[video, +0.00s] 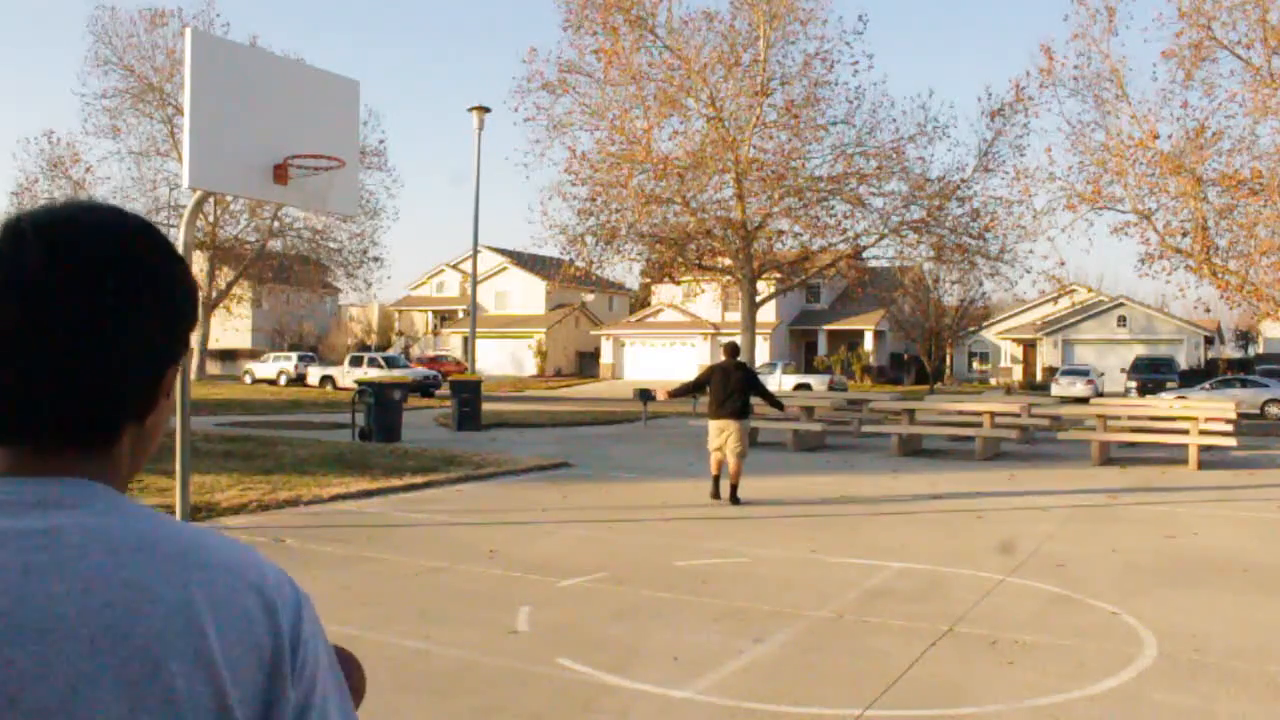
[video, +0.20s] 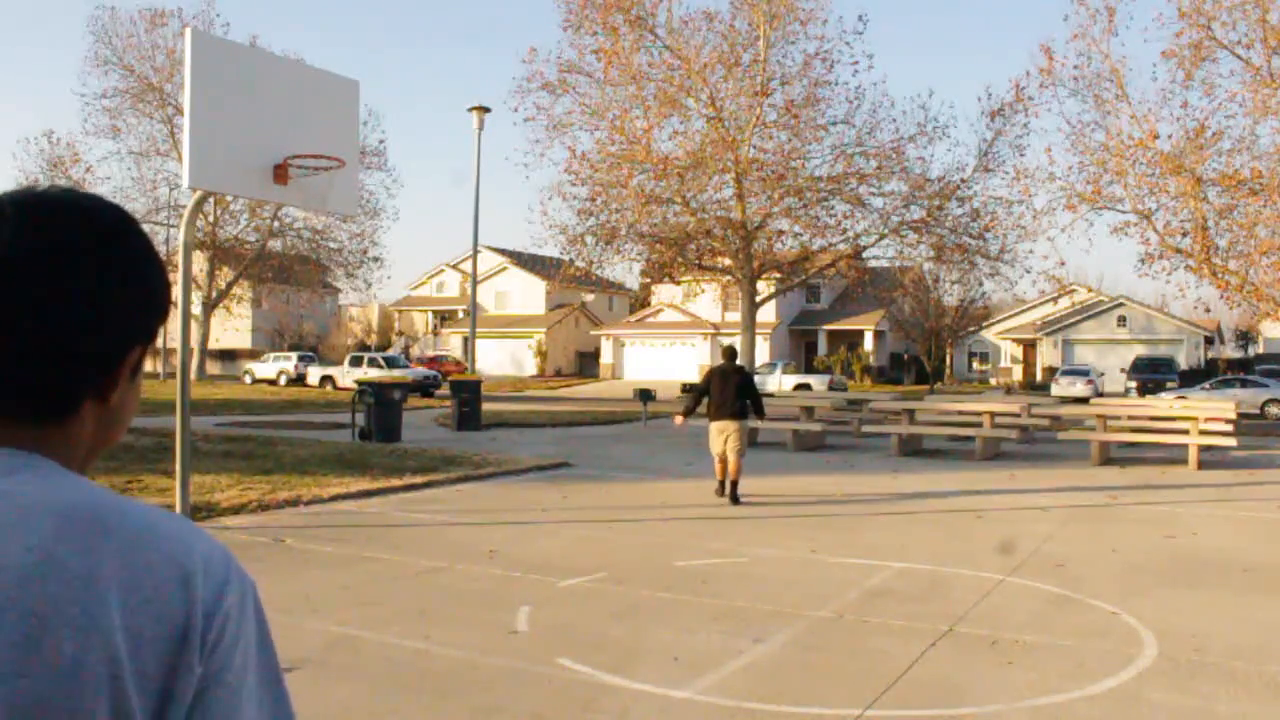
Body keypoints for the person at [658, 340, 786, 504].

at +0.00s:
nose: (725, 355)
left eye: (724, 352)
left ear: (724, 353)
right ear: (739, 353)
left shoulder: (714, 369)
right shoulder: (746, 371)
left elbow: (694, 385)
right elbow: (763, 392)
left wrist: (671, 393)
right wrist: (781, 407)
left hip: (716, 419)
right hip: (737, 420)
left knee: (716, 452)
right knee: (735, 456)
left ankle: (715, 487)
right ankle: (733, 494)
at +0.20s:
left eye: (726, 354)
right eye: (733, 354)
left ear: (722, 356)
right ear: (736, 356)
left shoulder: (713, 373)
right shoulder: (743, 374)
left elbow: (698, 394)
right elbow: (754, 395)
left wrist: (684, 413)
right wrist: (760, 413)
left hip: (717, 421)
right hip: (737, 421)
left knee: (718, 456)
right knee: (735, 456)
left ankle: (721, 486)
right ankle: (733, 492)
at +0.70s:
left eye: (720, 353)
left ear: (719, 355)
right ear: (733, 355)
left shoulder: (710, 371)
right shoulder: (741, 372)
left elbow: (699, 390)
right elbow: (752, 395)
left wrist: (694, 405)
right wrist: (760, 413)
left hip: (715, 416)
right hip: (735, 417)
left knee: (717, 450)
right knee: (732, 450)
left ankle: (721, 485)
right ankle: (729, 478)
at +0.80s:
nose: (721, 357)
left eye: (721, 355)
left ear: (720, 356)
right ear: (733, 356)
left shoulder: (712, 371)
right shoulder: (741, 373)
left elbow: (700, 391)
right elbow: (751, 397)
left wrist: (694, 407)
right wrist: (760, 416)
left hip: (715, 416)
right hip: (735, 417)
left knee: (717, 449)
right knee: (731, 450)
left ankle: (720, 482)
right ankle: (728, 479)